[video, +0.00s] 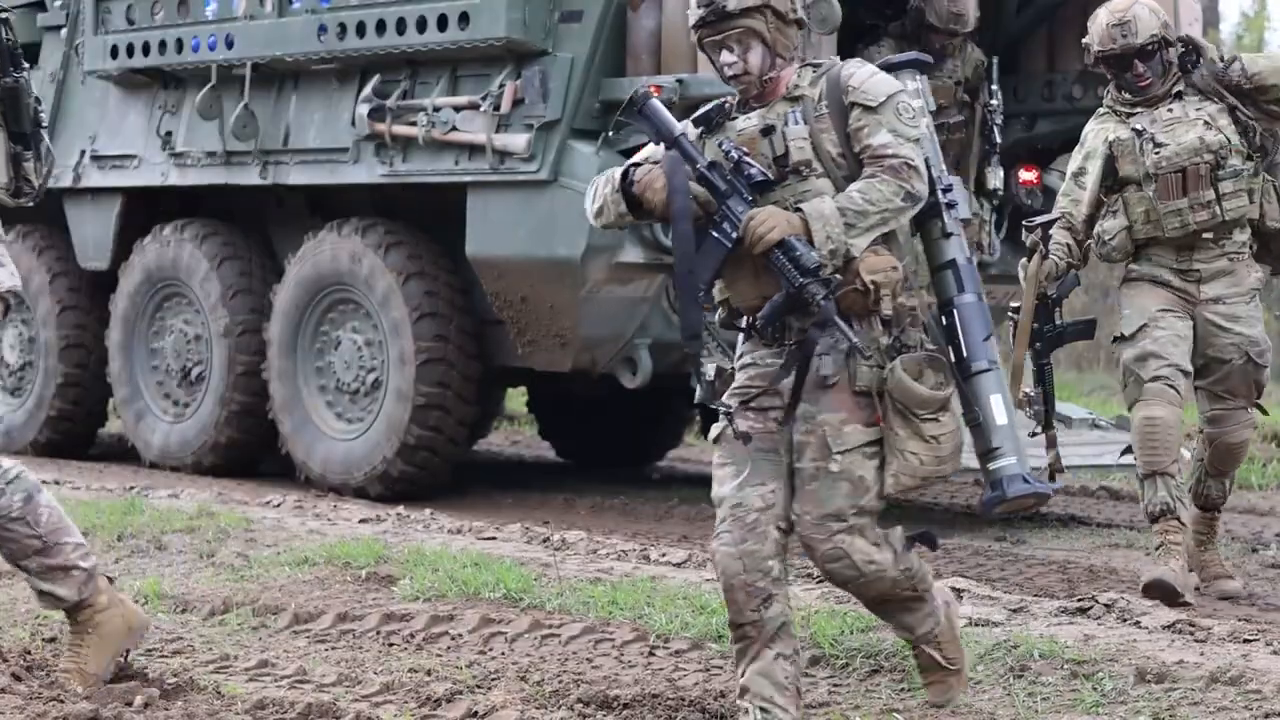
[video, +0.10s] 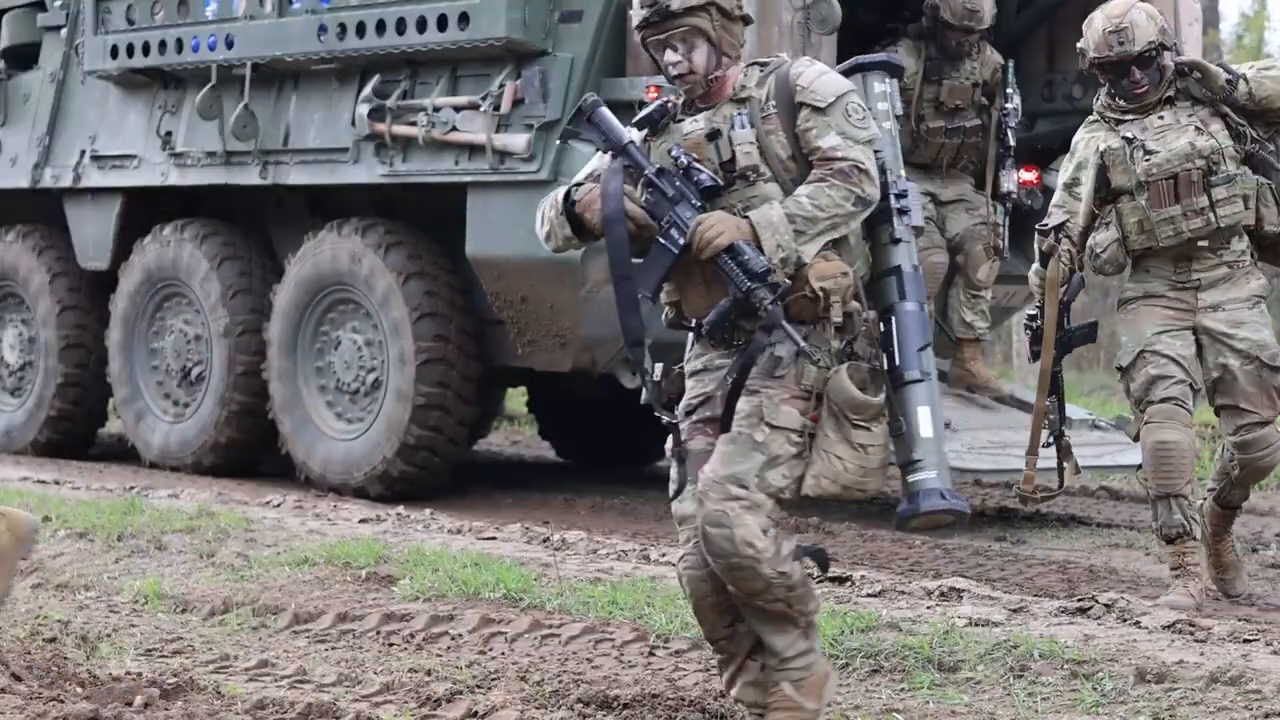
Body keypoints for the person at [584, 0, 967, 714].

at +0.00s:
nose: (728, 63)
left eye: (738, 46)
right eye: (718, 52)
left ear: (781, 39)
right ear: (715, 60)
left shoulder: (856, 87)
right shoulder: (719, 131)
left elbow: (903, 180)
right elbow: (600, 201)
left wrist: (805, 221)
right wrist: (635, 186)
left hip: (851, 334)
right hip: (760, 342)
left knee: (834, 534)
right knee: (744, 542)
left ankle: (930, 621)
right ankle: (769, 698)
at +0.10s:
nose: (673, 64)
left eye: (682, 46)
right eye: (662, 53)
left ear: (721, 37)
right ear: (656, 59)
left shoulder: (806, 86)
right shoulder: (663, 127)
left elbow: (854, 182)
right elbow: (555, 222)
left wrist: (752, 229)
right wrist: (586, 204)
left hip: (795, 337)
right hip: (709, 346)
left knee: (728, 510)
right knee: (699, 549)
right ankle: (755, 697)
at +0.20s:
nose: (617, 48)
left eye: (629, 29)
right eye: (607, 36)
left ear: (673, 20)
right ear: (600, 39)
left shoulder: (751, 69)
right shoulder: (609, 108)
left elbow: (807, 170)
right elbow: (498, 197)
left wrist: (704, 218)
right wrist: (526, 190)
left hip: (743, 326)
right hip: (657, 338)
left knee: (650, 498)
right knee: (696, 531)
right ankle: (763, 697)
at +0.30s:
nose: (562, 34)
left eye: (576, 17)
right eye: (550, 21)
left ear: (621, 11)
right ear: (542, 25)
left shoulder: (697, 60)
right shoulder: (535, 97)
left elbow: (749, 165)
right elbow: (424, 160)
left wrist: (644, 208)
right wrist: (454, 169)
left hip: (679, 332)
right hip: (599, 339)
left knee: (578, 515)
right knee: (663, 547)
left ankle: (512, 702)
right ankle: (761, 693)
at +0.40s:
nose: (498, 26)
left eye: (510, 9)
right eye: (488, 14)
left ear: (555, 5)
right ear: (482, 21)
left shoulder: (637, 57)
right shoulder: (478, 95)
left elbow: (686, 166)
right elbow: (380, 183)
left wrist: (575, 207)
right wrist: (374, 155)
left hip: (609, 334)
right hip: (530, 342)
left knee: (519, 543)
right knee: (561, 553)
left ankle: (500, 702)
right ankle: (698, 662)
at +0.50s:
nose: (439, 7)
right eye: (432, 2)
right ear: (429, 15)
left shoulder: (578, 41)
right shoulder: (418, 84)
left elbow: (632, 151)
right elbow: (318, 189)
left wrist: (519, 196)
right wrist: (306, 132)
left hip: (570, 333)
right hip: (473, 335)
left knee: (494, 556)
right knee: (426, 551)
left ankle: (504, 705)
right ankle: (542, 634)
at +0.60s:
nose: (399, 4)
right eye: (388, 3)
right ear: (377, 4)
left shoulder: (526, 21)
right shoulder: (363, 66)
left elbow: (579, 128)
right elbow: (236, 152)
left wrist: (464, 187)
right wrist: (271, 134)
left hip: (510, 321)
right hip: (409, 317)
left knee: (476, 577)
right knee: (319, 452)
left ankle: (492, 705)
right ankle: (365, 663)